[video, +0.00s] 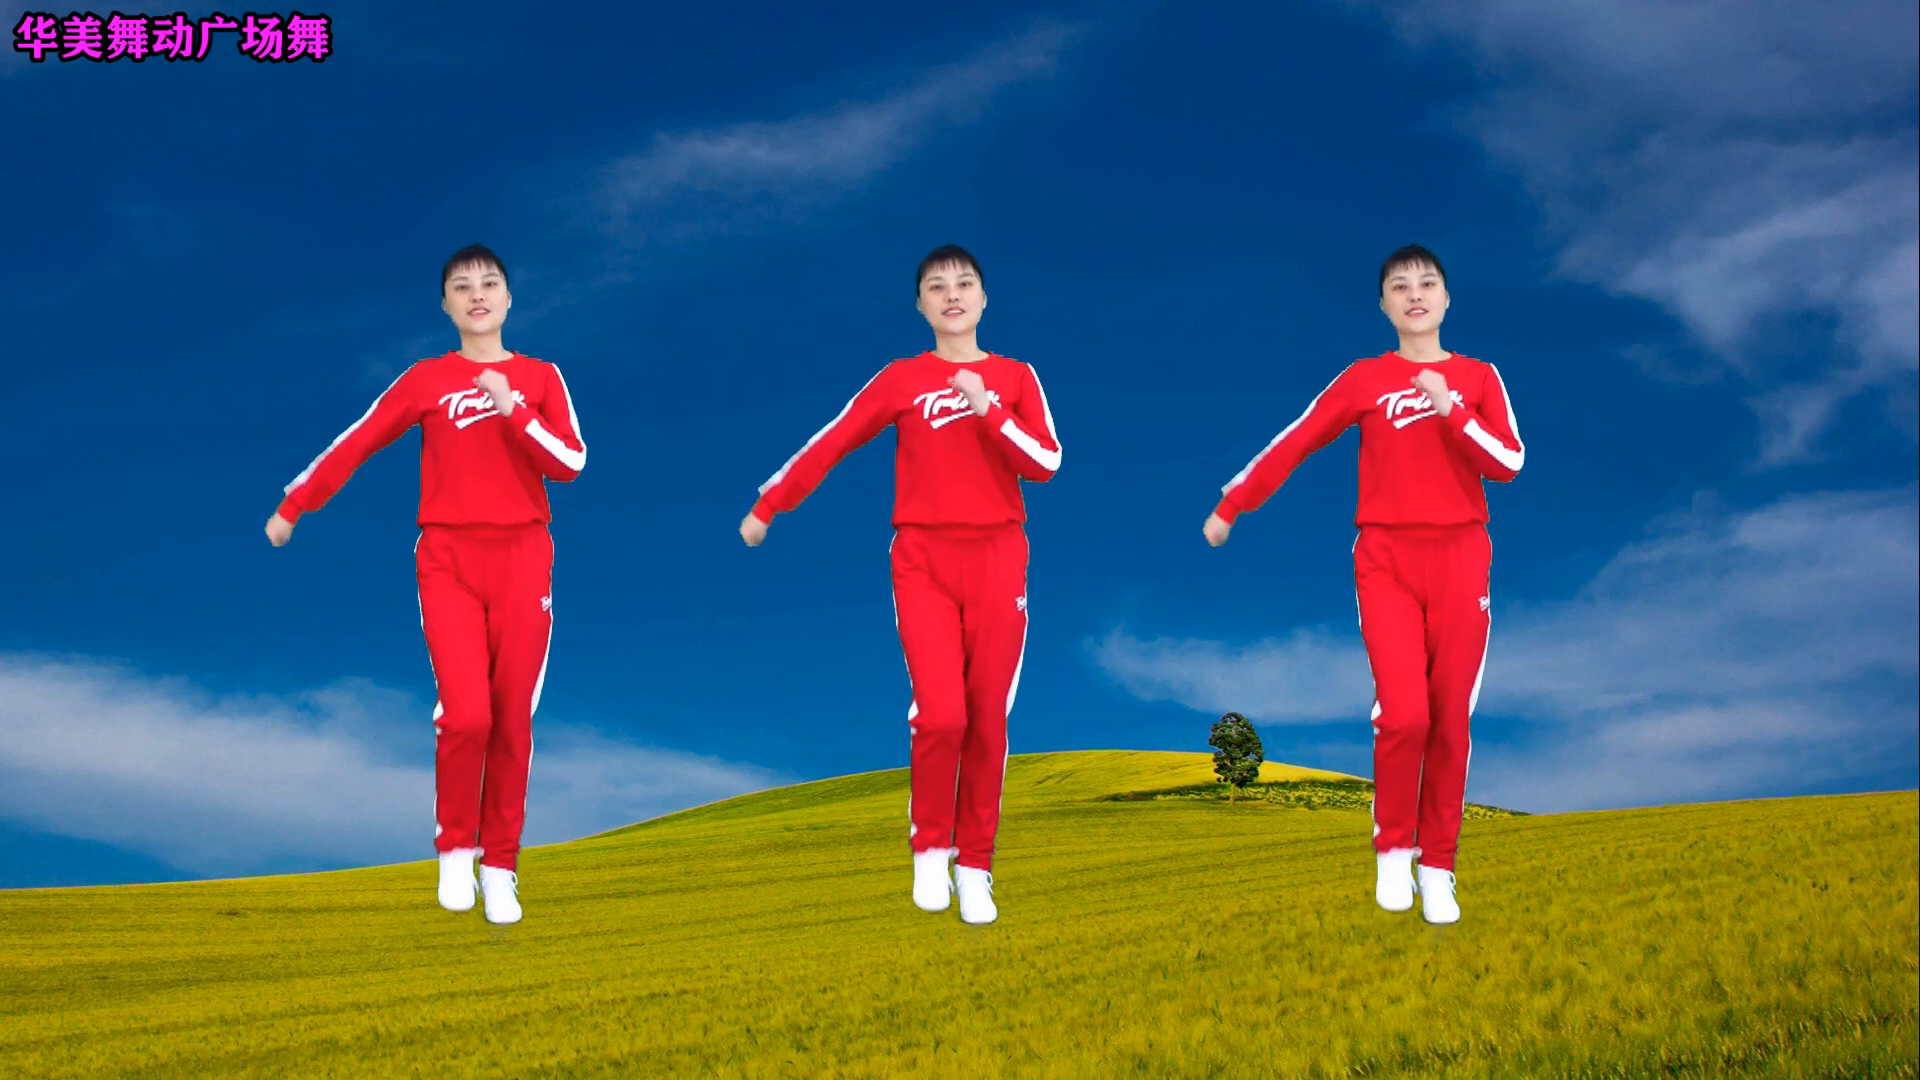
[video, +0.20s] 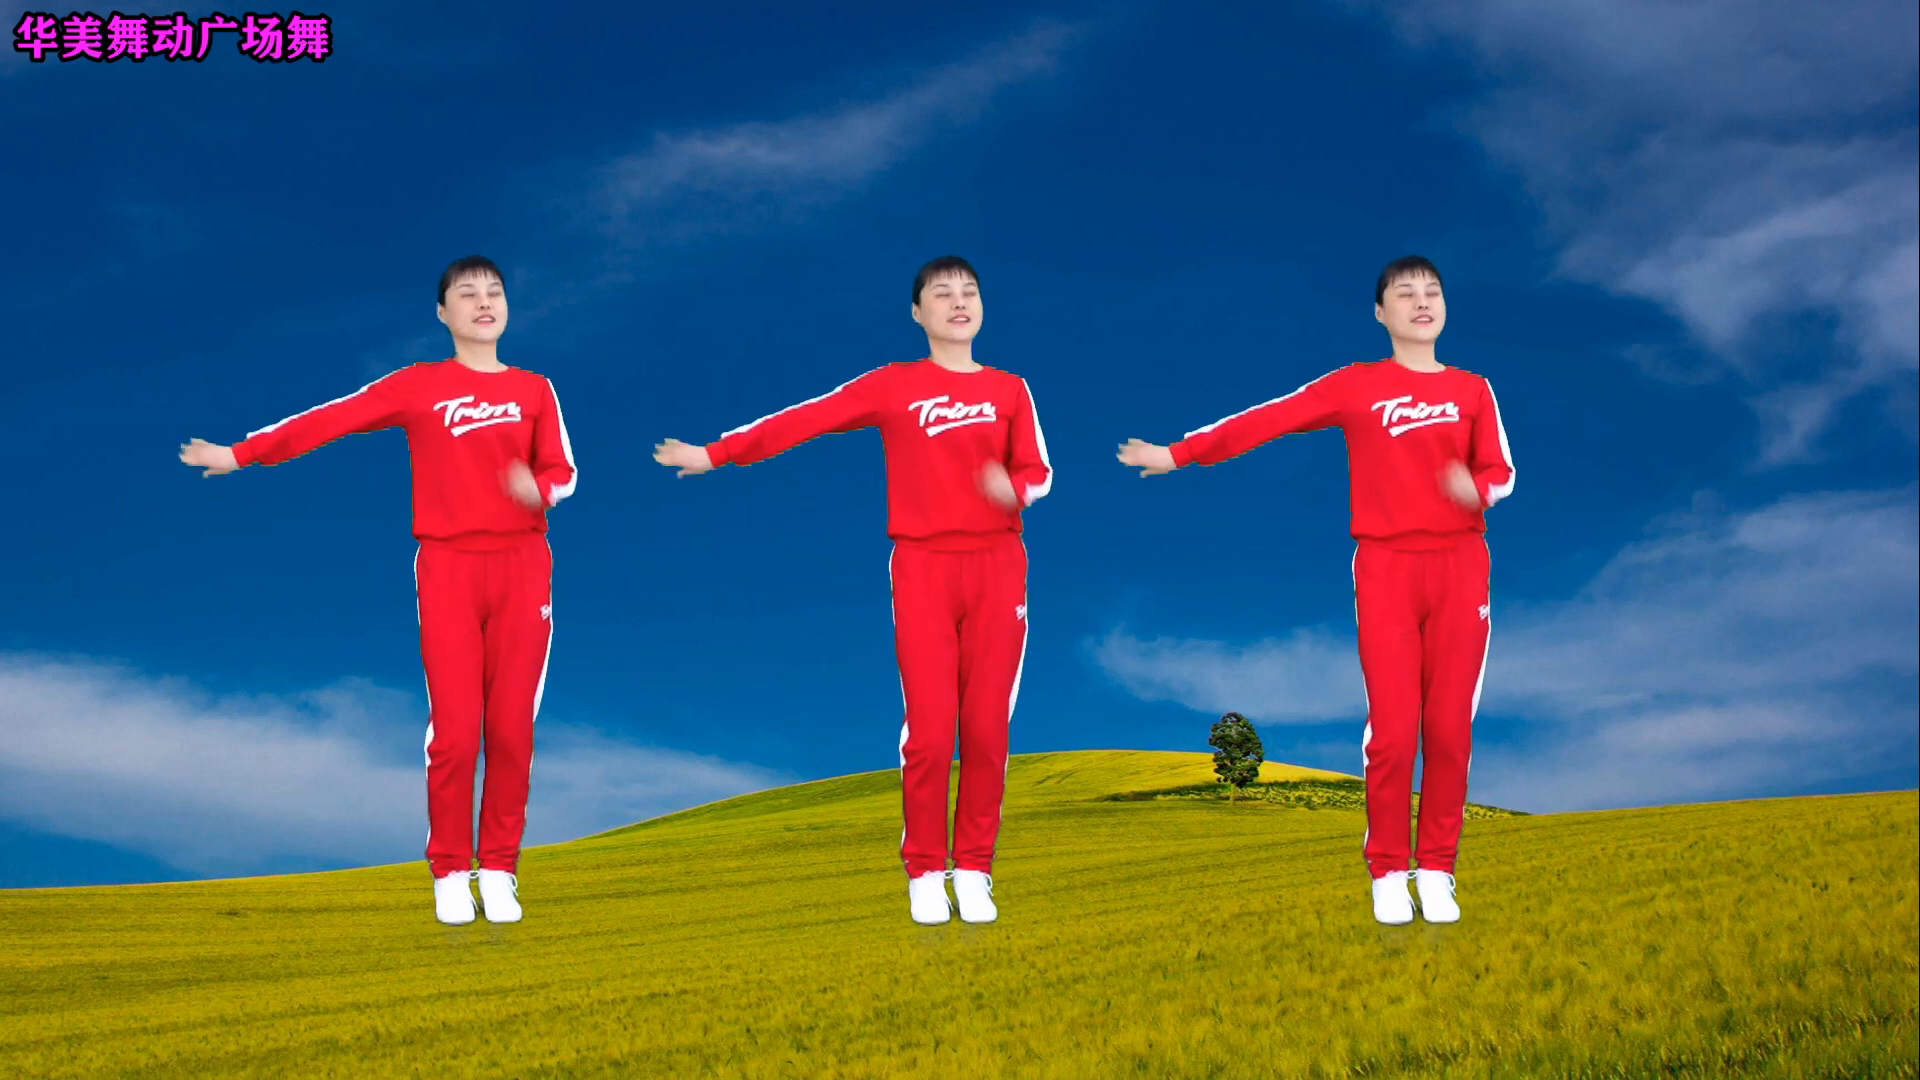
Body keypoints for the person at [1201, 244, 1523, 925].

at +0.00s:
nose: (1416, 295)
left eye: (1427, 284)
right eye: (1401, 287)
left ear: (1446, 298)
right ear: (1385, 305)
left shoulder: (1477, 376)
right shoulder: (1362, 380)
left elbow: (1508, 463)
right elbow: (1294, 442)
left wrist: (1453, 412)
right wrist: (1229, 504)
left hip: (1462, 557)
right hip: (1386, 558)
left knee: (1452, 714)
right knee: (1404, 713)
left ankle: (1438, 861)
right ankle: (1394, 849)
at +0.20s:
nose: (1422, 302)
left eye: (1431, 292)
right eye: (1406, 294)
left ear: (1445, 308)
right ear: (1383, 312)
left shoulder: (1474, 389)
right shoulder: (1355, 383)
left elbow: (1502, 473)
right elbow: (1268, 419)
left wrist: (1478, 489)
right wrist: (1175, 454)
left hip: (1461, 564)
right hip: (1386, 565)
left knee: (1450, 725)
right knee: (1394, 726)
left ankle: (1436, 868)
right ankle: (1388, 870)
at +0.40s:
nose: (1433, 314)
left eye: (1436, 305)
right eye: (1415, 306)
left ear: (1444, 324)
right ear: (1381, 327)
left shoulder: (1471, 404)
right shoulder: (1361, 404)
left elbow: (1495, 498)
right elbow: (1295, 472)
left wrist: (1511, 583)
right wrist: (1229, 539)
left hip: (1454, 580)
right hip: (1380, 577)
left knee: (1460, 729)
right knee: (1385, 732)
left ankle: (1446, 844)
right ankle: (1387, 871)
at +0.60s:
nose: (1438, 301)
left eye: (1440, 291)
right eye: (1421, 291)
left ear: (1444, 309)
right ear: (1385, 311)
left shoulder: (1469, 392)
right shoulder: (1371, 378)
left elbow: (1489, 490)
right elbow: (1428, 429)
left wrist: (1499, 567)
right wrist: (1522, 452)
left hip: (1465, 565)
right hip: (1394, 561)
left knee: (1496, 709)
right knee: (1392, 724)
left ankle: (1500, 834)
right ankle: (1386, 868)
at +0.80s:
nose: (1468, 291)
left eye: (1467, 281)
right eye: (1453, 282)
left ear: (1458, 302)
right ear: (1412, 301)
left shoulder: (1491, 380)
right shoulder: (1395, 370)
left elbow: (1520, 472)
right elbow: (1434, 300)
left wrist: (1534, 552)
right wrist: (1497, 247)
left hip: (1502, 554)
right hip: (1429, 554)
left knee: (1526, 715)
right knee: (1409, 716)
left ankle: (1552, 859)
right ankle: (1388, 862)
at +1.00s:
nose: (1486, 304)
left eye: (1491, 294)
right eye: (1469, 296)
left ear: (1501, 310)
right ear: (1439, 316)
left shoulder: (1534, 379)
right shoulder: (1430, 380)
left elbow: (1568, 473)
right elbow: (1381, 315)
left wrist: (1577, 559)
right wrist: (1383, 227)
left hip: (1547, 559)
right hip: (1474, 558)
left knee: (1551, 727)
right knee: (1460, 723)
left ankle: (1549, 869)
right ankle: (1410, 853)